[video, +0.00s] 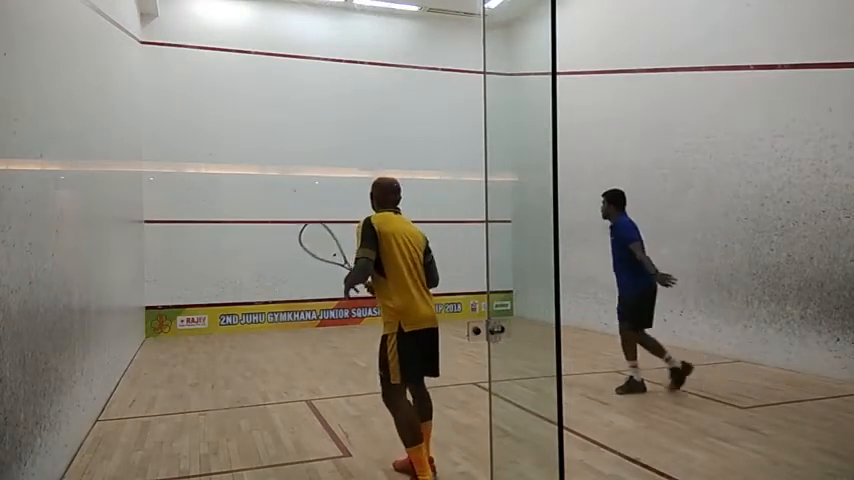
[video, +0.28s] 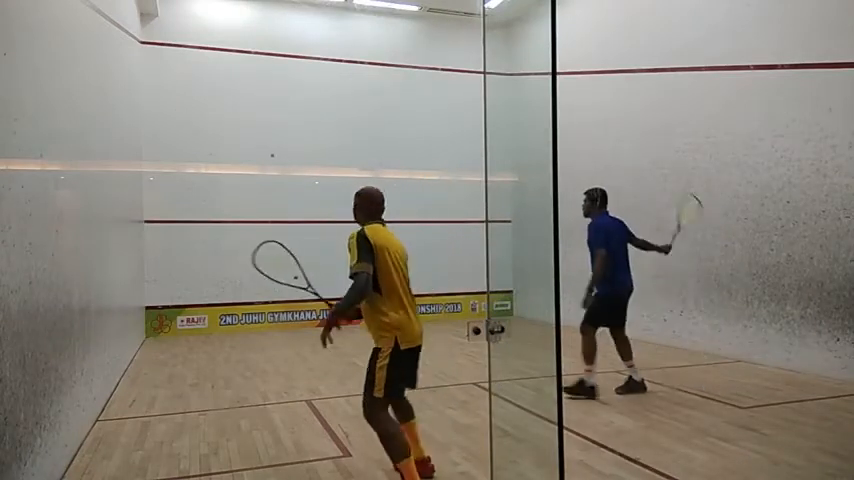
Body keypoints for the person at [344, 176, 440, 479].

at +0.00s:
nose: (370, 200)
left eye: (372, 195)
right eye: (374, 194)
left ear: (373, 198)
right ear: (399, 199)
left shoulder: (372, 223)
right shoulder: (416, 232)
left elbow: (364, 267)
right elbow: (432, 279)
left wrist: (350, 279)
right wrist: (391, 280)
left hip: (399, 324)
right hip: (426, 321)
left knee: (394, 396)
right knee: (418, 385)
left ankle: (423, 469)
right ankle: (424, 457)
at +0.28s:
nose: (352, 210)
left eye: (354, 205)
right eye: (354, 205)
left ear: (358, 209)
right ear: (382, 210)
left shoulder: (362, 236)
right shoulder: (392, 240)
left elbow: (361, 285)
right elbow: (392, 296)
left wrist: (333, 316)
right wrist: (356, 312)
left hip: (392, 338)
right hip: (410, 335)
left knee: (374, 409)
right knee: (395, 396)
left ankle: (410, 474)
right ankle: (420, 459)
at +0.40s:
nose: (336, 223)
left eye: (339, 218)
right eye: (338, 217)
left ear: (347, 222)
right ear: (365, 221)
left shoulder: (358, 254)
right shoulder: (367, 251)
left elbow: (361, 309)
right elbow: (363, 306)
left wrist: (327, 340)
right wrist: (329, 310)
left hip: (387, 349)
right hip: (377, 345)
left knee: (362, 420)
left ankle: (403, 472)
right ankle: (385, 435)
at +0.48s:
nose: (324, 225)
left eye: (329, 220)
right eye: (326, 220)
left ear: (341, 224)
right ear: (348, 226)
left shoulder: (352, 259)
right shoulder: (344, 260)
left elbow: (356, 316)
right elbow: (330, 304)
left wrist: (320, 355)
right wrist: (314, 303)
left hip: (382, 349)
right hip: (367, 345)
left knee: (361, 421)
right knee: (335, 368)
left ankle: (405, 474)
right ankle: (346, 438)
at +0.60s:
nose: (293, 231)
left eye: (295, 226)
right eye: (294, 226)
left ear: (303, 230)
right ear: (317, 228)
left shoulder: (328, 260)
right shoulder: (308, 258)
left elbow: (336, 313)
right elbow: (276, 283)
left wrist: (320, 352)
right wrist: (295, 285)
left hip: (359, 344)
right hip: (336, 343)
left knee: (363, 409)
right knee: (311, 388)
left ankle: (404, 472)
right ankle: (282, 436)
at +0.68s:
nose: (280, 235)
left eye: (282, 231)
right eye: (280, 230)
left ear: (291, 233)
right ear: (305, 229)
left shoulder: (315, 263)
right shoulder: (306, 253)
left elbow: (330, 316)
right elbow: (280, 266)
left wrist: (312, 361)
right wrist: (256, 281)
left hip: (340, 348)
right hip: (324, 347)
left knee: (349, 410)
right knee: (298, 389)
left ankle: (398, 473)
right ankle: (269, 442)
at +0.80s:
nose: (257, 240)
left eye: (259, 235)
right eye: (256, 235)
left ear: (273, 237)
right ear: (285, 233)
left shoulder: (280, 271)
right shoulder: (310, 249)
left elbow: (297, 320)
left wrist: (298, 380)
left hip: (310, 351)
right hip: (317, 342)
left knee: (309, 423)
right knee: (271, 373)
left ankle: (382, 446)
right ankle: (263, 441)